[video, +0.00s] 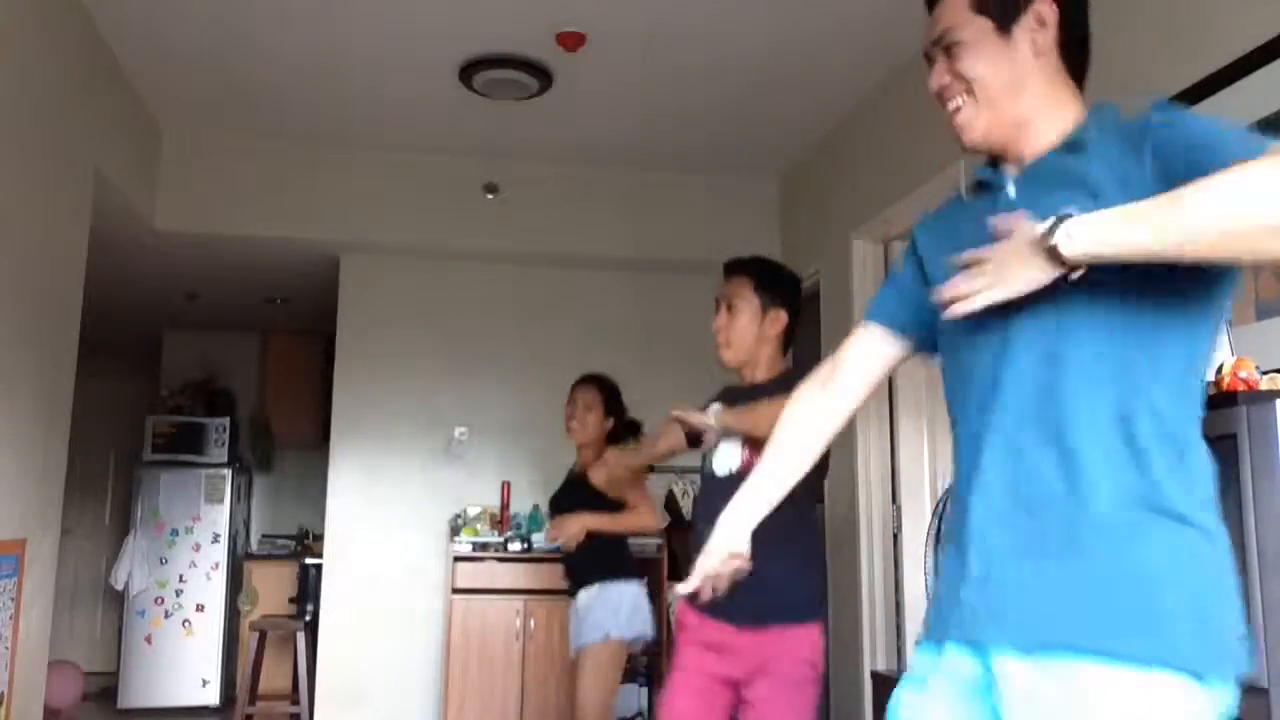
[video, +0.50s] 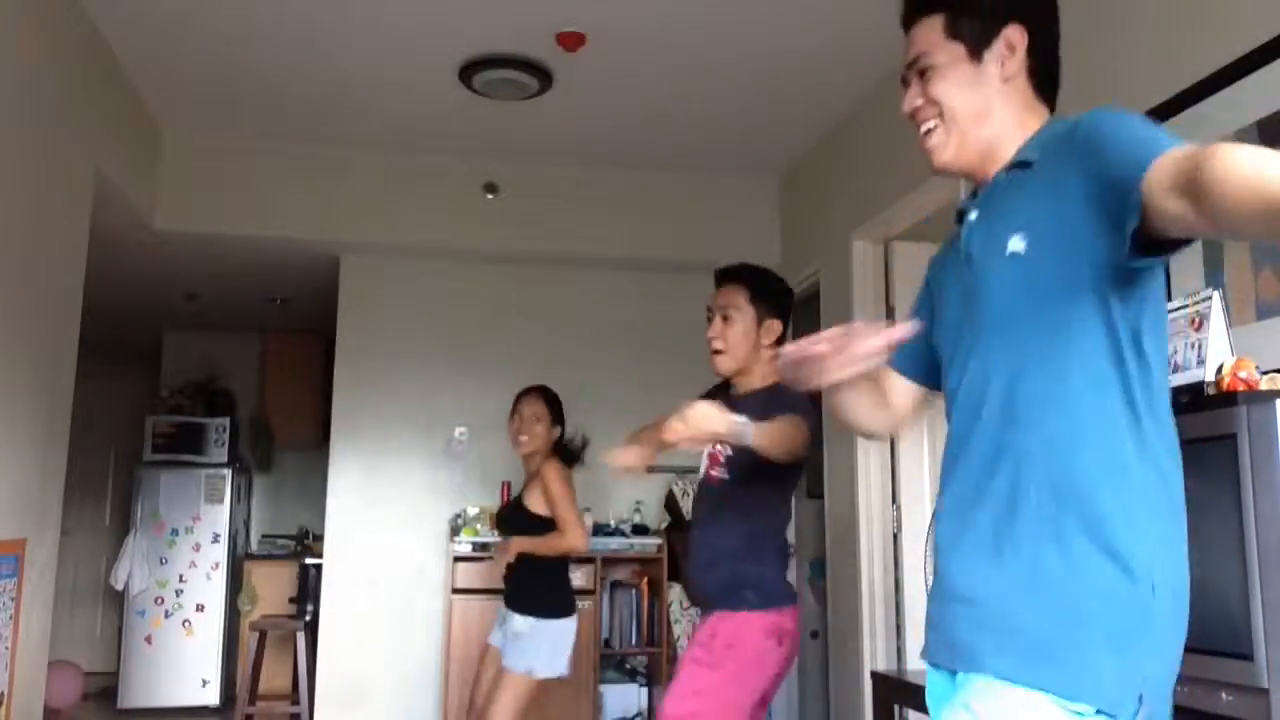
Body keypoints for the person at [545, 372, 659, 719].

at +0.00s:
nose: (573, 413)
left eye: (586, 407)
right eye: (571, 405)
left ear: (609, 421)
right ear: (565, 411)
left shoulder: (612, 461)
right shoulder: (581, 467)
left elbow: (652, 518)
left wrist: (585, 521)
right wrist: (568, 525)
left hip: (612, 592)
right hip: (587, 592)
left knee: (592, 709)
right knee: (584, 707)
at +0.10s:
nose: (565, 425)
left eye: (577, 417)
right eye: (561, 416)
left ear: (598, 426)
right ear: (554, 420)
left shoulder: (605, 469)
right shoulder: (576, 474)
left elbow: (638, 529)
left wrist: (572, 536)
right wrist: (560, 539)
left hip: (602, 598)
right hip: (578, 599)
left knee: (581, 709)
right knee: (572, 707)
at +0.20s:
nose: (551, 409)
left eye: (560, 399)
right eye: (549, 399)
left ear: (583, 405)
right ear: (548, 406)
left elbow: (610, 510)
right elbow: (539, 539)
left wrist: (551, 511)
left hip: (587, 586)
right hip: (559, 589)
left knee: (579, 706)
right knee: (540, 705)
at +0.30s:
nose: (542, 395)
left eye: (554, 387)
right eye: (538, 386)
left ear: (576, 398)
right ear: (531, 392)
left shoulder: (574, 435)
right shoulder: (550, 442)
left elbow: (596, 498)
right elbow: (567, 503)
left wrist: (540, 497)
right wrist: (527, 512)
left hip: (572, 579)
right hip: (545, 579)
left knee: (561, 699)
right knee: (525, 696)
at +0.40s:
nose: (531, 412)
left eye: (543, 404)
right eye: (526, 402)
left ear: (564, 416)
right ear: (518, 408)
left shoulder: (559, 454)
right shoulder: (537, 459)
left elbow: (581, 518)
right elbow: (548, 515)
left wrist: (525, 520)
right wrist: (512, 521)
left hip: (558, 600)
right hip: (529, 596)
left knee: (528, 710)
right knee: (506, 703)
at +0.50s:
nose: (522, 426)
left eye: (534, 419)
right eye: (517, 417)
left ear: (555, 431)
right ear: (510, 423)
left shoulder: (551, 470)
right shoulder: (533, 473)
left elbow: (576, 539)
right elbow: (555, 532)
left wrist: (517, 544)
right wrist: (514, 544)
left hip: (542, 618)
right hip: (515, 611)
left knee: (499, 713)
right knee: (479, 707)